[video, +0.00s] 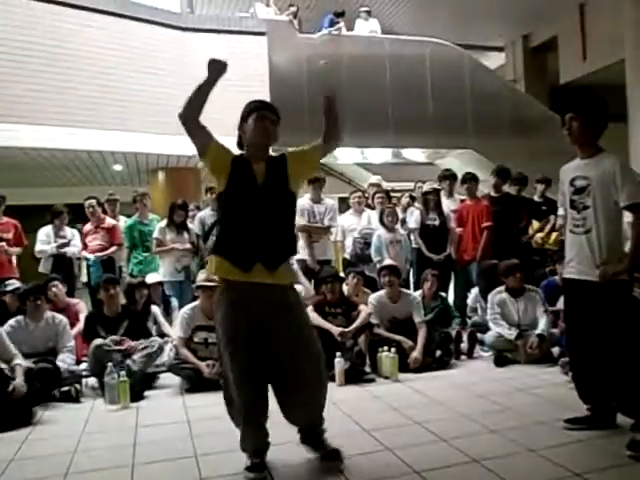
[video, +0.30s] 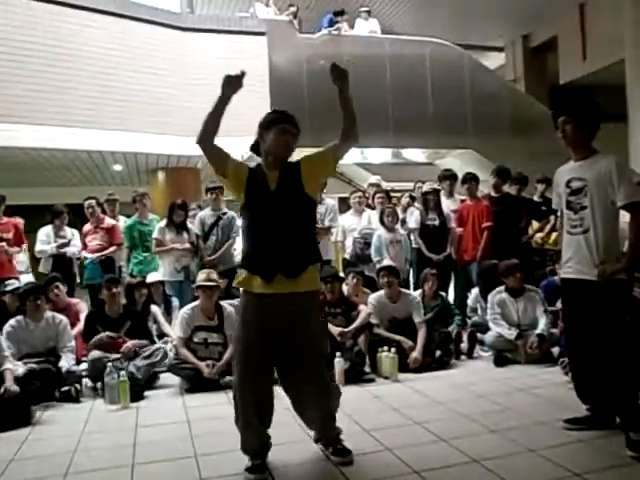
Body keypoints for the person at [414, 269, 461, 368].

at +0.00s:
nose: (429, 285)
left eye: (433, 282)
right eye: (427, 281)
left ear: (437, 285)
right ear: (422, 283)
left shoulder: (442, 300)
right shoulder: (416, 298)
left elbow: (455, 316)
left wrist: (455, 328)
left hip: (441, 331)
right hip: (423, 332)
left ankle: (446, 355)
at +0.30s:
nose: (430, 285)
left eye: (433, 281)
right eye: (428, 281)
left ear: (437, 283)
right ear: (423, 283)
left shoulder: (442, 299)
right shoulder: (416, 298)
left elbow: (456, 314)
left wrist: (454, 326)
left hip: (440, 331)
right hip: (422, 332)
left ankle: (445, 356)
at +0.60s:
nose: (430, 284)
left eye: (433, 281)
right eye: (427, 280)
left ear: (437, 283)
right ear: (422, 283)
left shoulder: (441, 299)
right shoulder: (416, 298)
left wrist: (422, 320)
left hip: (439, 330)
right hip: (423, 329)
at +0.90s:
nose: (431, 283)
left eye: (434, 280)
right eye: (428, 280)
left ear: (438, 283)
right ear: (423, 282)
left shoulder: (442, 299)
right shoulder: (417, 298)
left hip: (442, 329)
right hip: (425, 330)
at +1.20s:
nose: (431, 283)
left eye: (434, 281)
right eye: (428, 280)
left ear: (438, 284)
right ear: (423, 283)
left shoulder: (441, 299)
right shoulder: (418, 299)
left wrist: (423, 319)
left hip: (442, 326)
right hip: (427, 327)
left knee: (444, 335)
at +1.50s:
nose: (431, 284)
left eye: (434, 281)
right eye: (428, 281)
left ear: (437, 284)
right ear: (422, 283)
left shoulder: (441, 299)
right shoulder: (416, 298)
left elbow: (445, 316)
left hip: (439, 328)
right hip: (423, 329)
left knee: (437, 329)